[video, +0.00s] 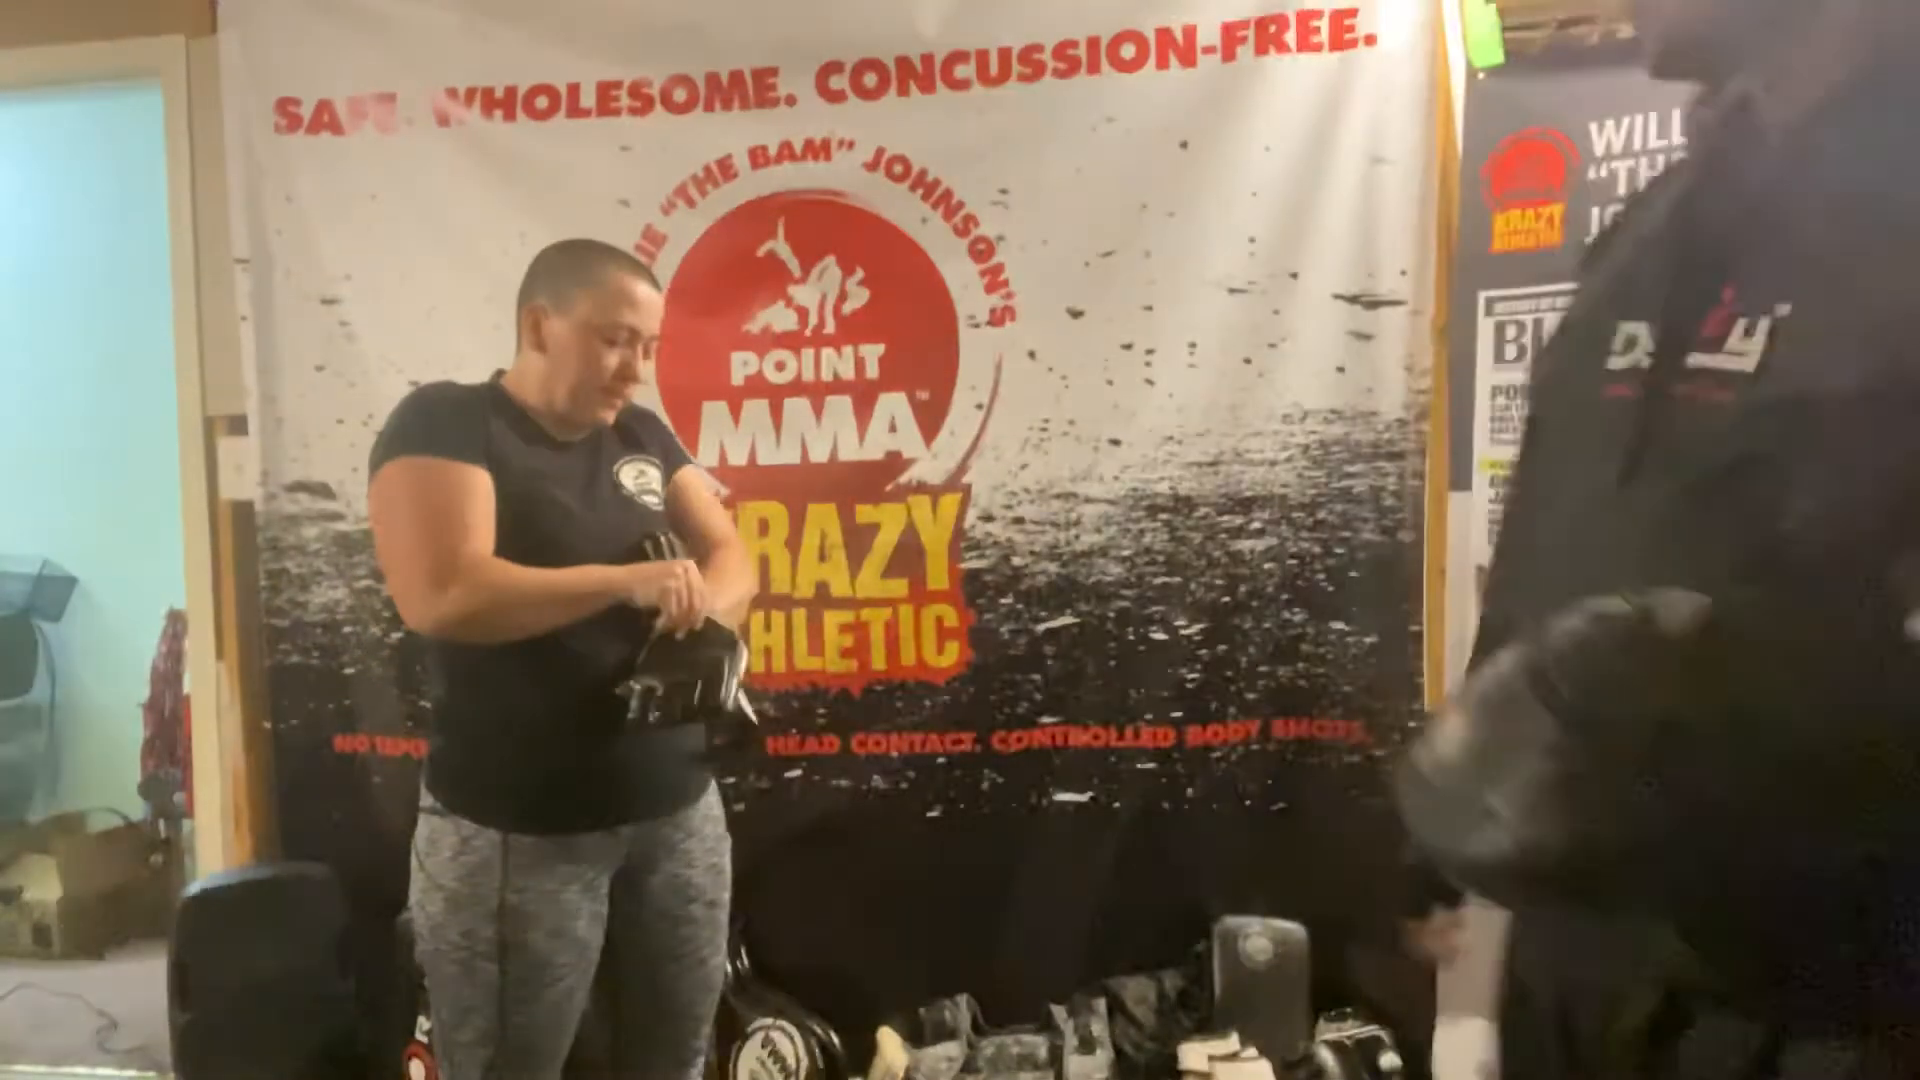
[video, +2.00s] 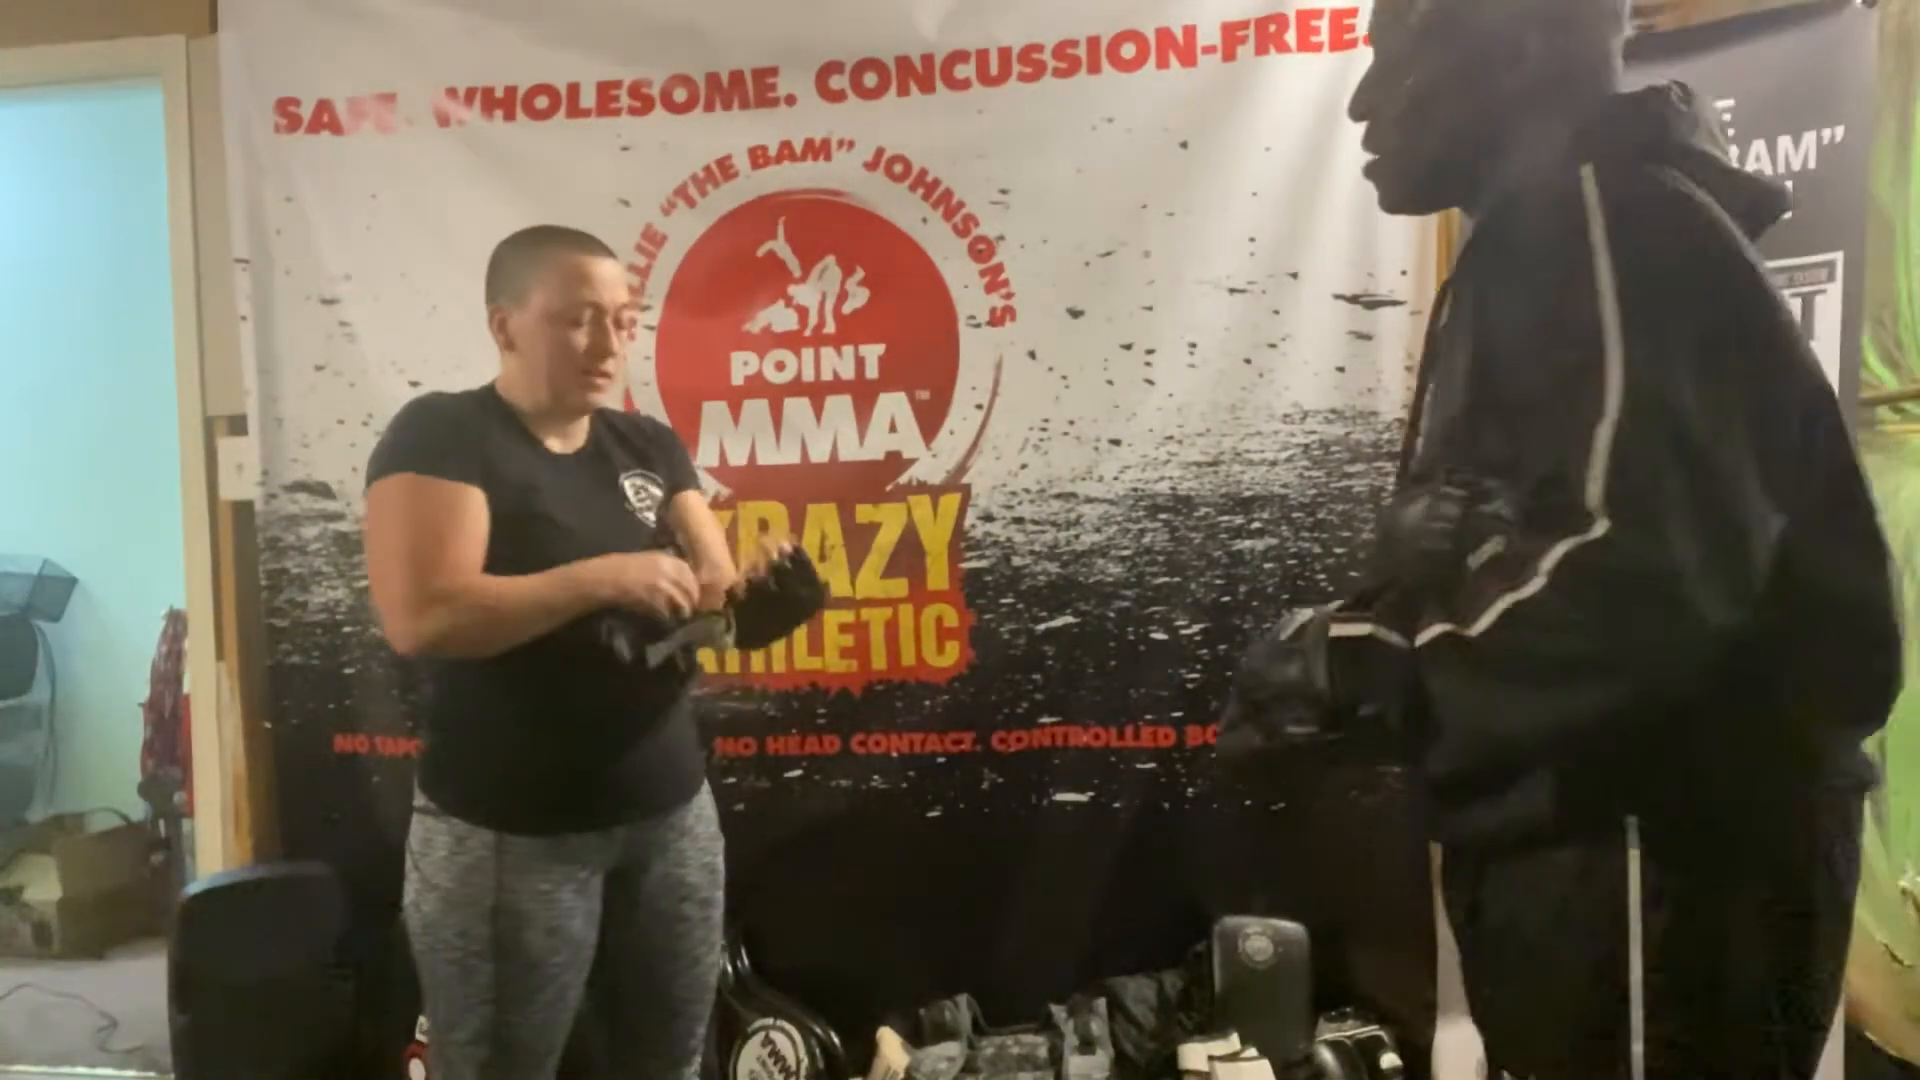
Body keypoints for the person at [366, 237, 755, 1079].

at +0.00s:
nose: (639, 370)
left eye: (648, 347)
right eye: (619, 341)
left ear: (654, 347)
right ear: (540, 326)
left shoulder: (643, 437)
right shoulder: (440, 425)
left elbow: (734, 560)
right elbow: (441, 594)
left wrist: (701, 614)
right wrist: (623, 580)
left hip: (675, 825)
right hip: (511, 841)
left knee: (666, 1066)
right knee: (502, 1068)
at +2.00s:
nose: (609, 343)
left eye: (622, 321)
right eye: (581, 318)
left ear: (633, 326)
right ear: (506, 326)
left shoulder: (647, 444)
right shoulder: (438, 433)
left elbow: (716, 596)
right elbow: (420, 615)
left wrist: (754, 592)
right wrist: (602, 577)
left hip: (668, 824)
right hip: (502, 842)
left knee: (662, 1065)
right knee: (496, 1069)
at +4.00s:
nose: (611, 343)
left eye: (620, 322)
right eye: (586, 316)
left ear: (628, 331)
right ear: (505, 319)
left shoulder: (634, 443)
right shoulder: (433, 428)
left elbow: (712, 571)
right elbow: (420, 608)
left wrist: (744, 579)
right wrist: (604, 598)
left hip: (672, 828)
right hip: (505, 846)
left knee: (664, 1065)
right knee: (501, 1068)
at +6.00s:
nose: (545, 349)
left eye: (554, 327)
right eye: (521, 320)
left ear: (562, 332)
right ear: (438, 314)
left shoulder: (562, 443)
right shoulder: (361, 438)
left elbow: (650, 555)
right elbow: (404, 597)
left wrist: (644, 627)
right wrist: (596, 536)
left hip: (604, 829)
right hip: (443, 854)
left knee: (634, 1065)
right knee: (461, 1067)